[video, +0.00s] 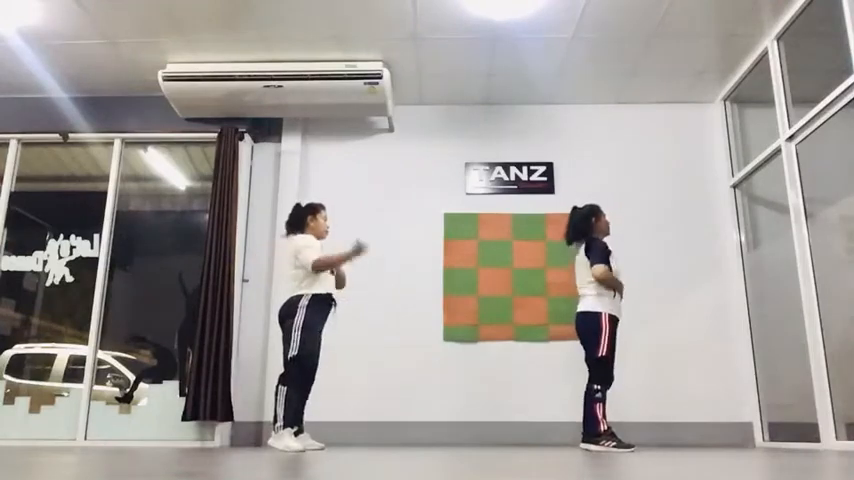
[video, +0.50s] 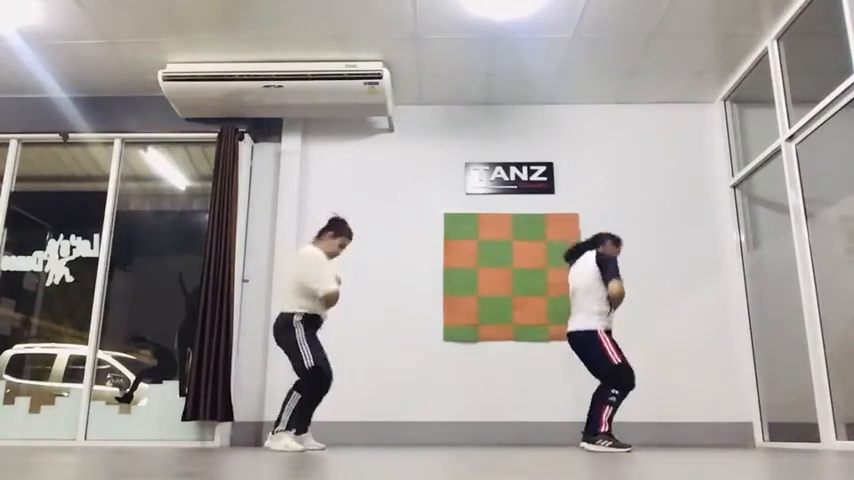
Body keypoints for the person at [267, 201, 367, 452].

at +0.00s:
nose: (328, 224)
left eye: (327, 220)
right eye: (324, 219)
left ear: (312, 221)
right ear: (311, 220)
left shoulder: (316, 247)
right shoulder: (303, 240)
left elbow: (340, 284)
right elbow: (315, 264)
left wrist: (337, 265)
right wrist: (350, 254)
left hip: (316, 307)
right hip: (302, 305)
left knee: (307, 369)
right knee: (294, 367)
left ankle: (297, 432)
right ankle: (281, 432)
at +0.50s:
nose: (340, 252)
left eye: (343, 248)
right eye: (340, 245)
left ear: (328, 238)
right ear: (328, 235)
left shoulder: (312, 257)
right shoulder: (312, 256)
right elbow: (328, 299)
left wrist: (332, 282)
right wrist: (336, 285)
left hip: (303, 323)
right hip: (294, 322)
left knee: (322, 376)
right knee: (313, 374)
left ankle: (299, 432)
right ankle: (279, 433)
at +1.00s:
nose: (278, 240)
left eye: (272, 240)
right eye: (273, 243)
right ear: (275, 254)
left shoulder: (299, 261)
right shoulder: (288, 265)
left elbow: (322, 273)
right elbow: (313, 283)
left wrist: (335, 280)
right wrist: (336, 291)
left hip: (325, 321)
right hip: (315, 322)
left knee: (338, 379)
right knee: (335, 371)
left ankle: (298, 428)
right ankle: (295, 427)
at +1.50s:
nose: (326, 248)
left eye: (329, 244)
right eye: (324, 242)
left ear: (323, 242)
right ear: (308, 237)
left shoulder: (317, 263)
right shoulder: (299, 262)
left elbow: (345, 270)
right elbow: (311, 298)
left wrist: (334, 273)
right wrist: (330, 300)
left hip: (317, 322)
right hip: (302, 320)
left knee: (329, 382)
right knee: (315, 371)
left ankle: (298, 433)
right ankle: (282, 428)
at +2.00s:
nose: (329, 229)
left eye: (328, 224)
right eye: (324, 225)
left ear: (315, 230)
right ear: (311, 230)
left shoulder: (319, 254)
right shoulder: (308, 248)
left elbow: (321, 284)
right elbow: (312, 279)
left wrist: (333, 289)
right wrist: (330, 301)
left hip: (316, 319)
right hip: (301, 316)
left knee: (324, 376)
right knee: (300, 372)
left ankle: (302, 433)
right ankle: (278, 434)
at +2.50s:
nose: (321, 243)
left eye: (324, 240)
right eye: (315, 239)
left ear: (328, 246)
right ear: (304, 244)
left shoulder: (331, 274)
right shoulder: (294, 268)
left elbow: (352, 308)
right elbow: (271, 294)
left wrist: (360, 338)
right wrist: (274, 329)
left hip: (318, 339)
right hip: (290, 336)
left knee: (345, 378)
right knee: (290, 376)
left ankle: (324, 424)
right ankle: (270, 432)